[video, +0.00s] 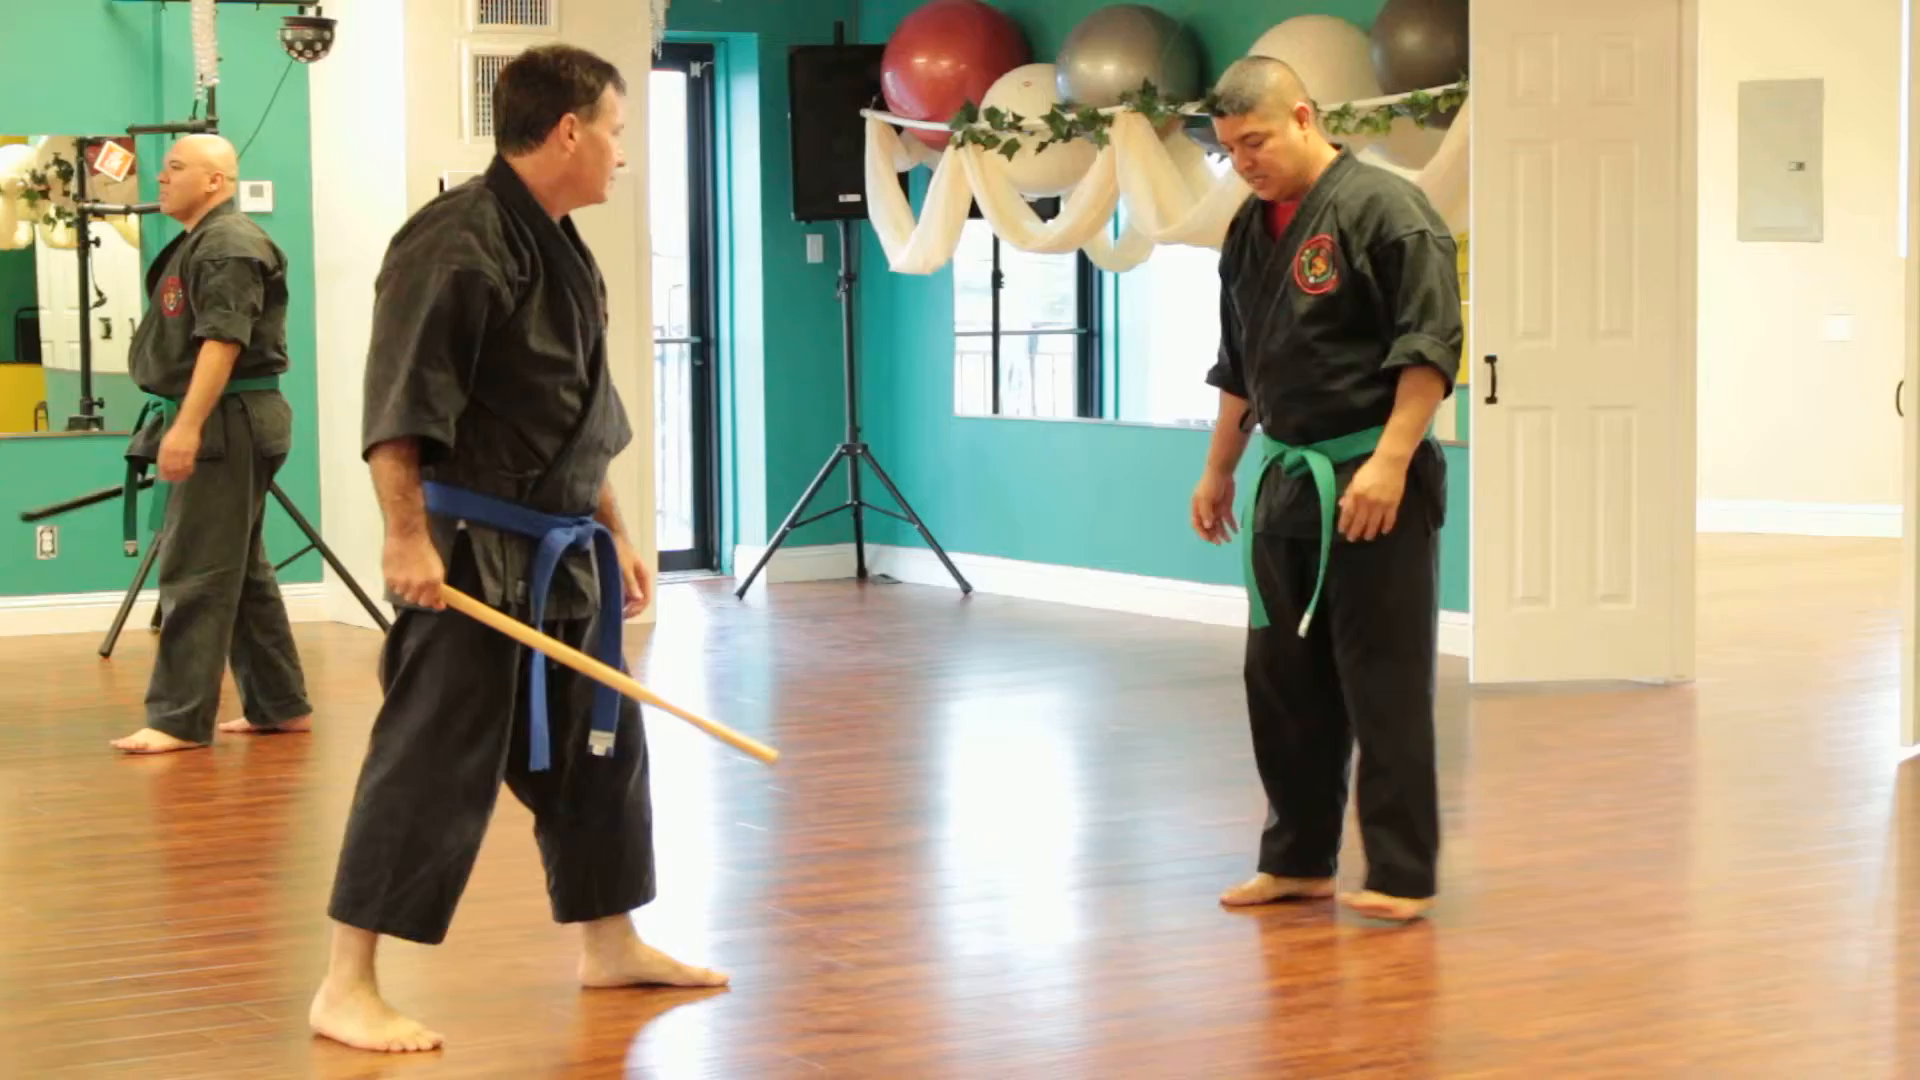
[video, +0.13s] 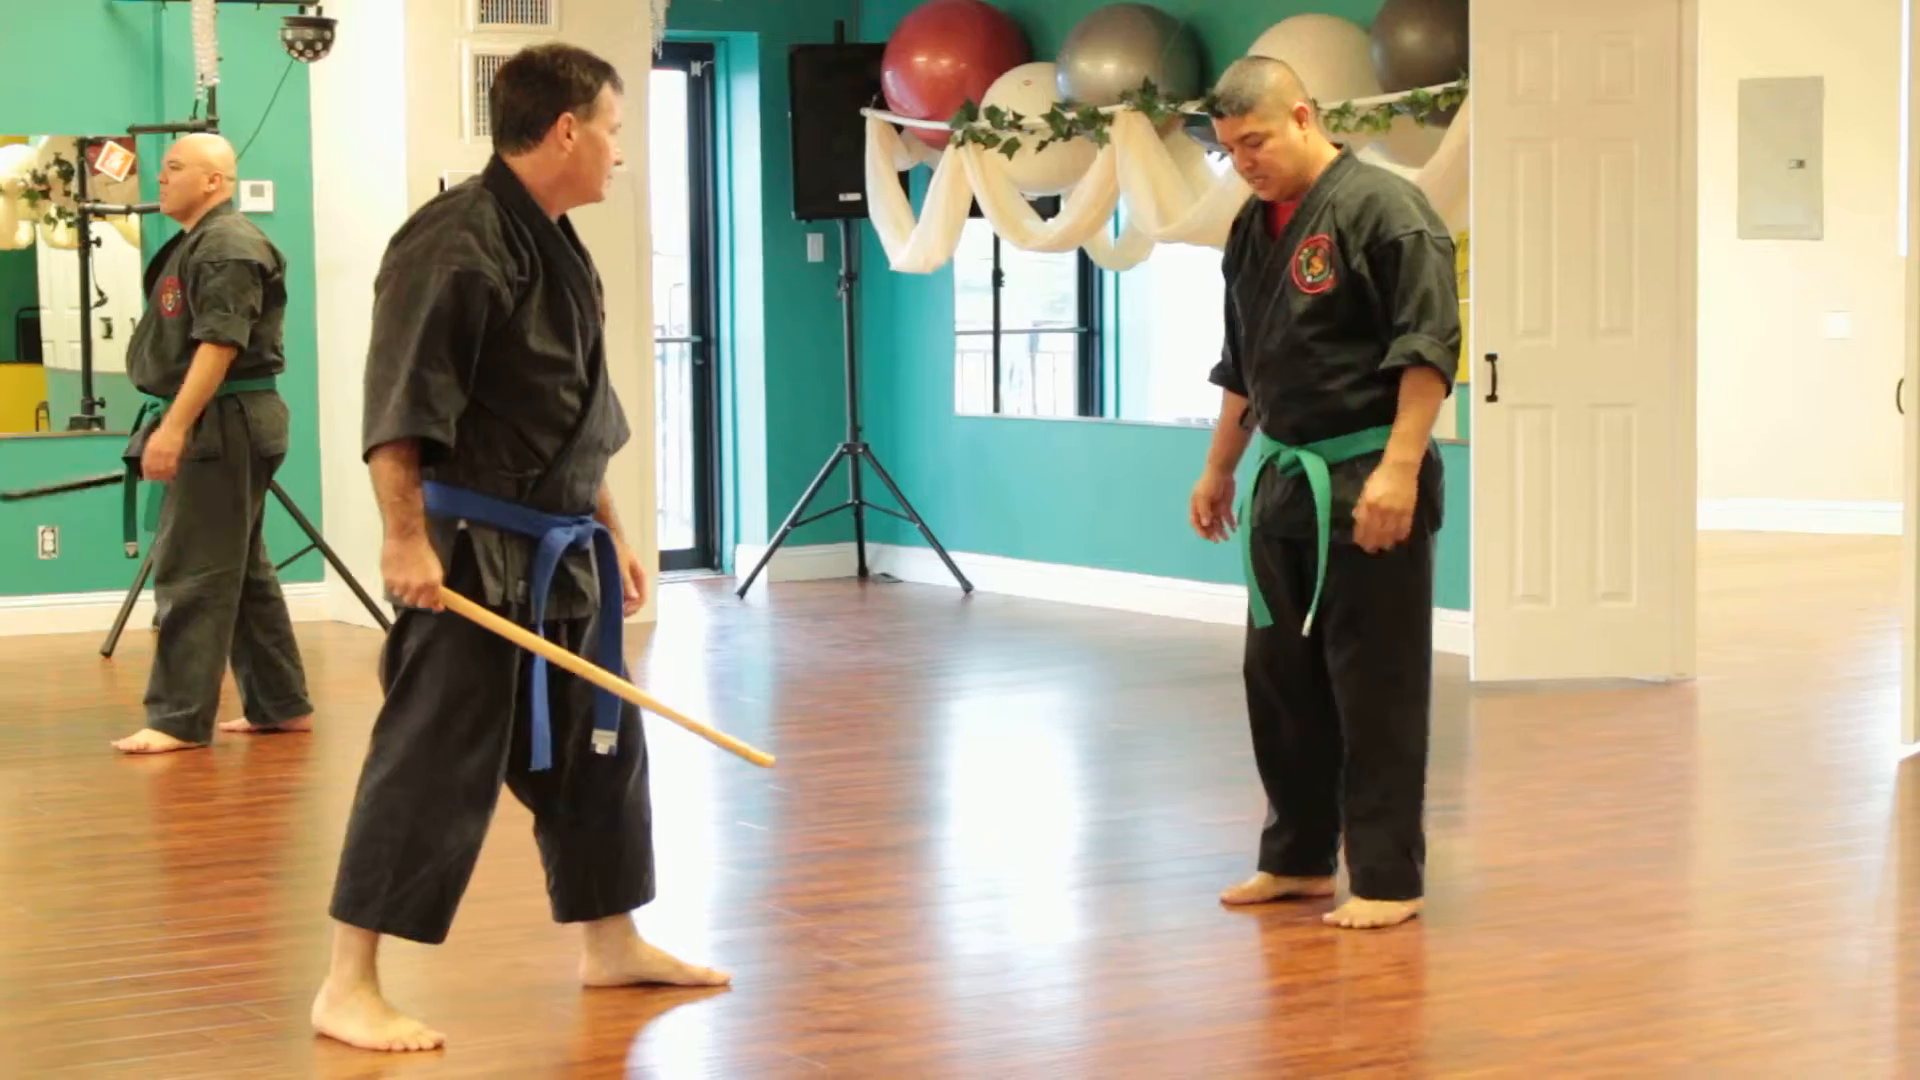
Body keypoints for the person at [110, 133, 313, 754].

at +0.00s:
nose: (162, 179)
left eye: (174, 169)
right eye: (164, 169)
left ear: (215, 181)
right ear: (208, 183)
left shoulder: (228, 245)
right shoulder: (206, 242)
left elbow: (222, 343)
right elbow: (205, 342)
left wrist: (186, 426)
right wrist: (179, 419)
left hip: (230, 418)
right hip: (221, 416)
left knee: (198, 570)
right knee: (237, 566)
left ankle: (181, 720)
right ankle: (279, 703)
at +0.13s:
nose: (162, 179)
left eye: (174, 168)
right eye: (163, 169)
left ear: (213, 181)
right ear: (206, 183)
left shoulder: (228, 246)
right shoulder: (201, 243)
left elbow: (218, 346)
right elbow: (202, 343)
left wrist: (174, 426)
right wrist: (172, 417)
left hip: (228, 420)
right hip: (217, 416)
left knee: (195, 569)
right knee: (238, 565)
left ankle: (180, 721)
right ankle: (280, 702)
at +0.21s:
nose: (158, 179)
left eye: (170, 169)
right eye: (160, 169)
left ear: (210, 181)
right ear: (202, 183)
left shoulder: (224, 247)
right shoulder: (196, 244)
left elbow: (217, 350)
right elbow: (200, 346)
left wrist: (165, 429)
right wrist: (167, 420)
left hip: (220, 422)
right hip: (212, 417)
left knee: (187, 571)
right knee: (238, 568)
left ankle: (179, 722)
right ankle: (280, 703)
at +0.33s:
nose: (146, 184)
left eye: (158, 174)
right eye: (148, 174)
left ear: (196, 185)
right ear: (184, 186)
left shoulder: (214, 253)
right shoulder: (183, 247)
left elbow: (209, 358)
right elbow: (184, 352)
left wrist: (161, 438)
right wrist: (153, 425)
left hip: (206, 428)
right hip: (195, 424)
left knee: (170, 573)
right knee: (228, 570)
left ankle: (174, 724)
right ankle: (277, 704)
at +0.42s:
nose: (138, 184)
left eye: (151, 176)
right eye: (141, 174)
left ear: (189, 187)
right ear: (179, 188)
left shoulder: (209, 255)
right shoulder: (175, 249)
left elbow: (203, 364)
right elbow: (165, 356)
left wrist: (168, 450)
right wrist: (138, 431)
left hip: (197, 429)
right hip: (179, 424)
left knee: (163, 576)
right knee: (217, 569)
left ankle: (174, 724)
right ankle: (275, 700)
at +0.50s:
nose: (134, 181)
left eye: (147, 172)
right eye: (137, 171)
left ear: (184, 185)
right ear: (173, 185)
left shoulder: (203, 254)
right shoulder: (167, 247)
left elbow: (199, 362)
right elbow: (144, 342)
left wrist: (180, 452)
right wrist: (111, 408)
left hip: (190, 428)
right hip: (170, 423)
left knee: (164, 576)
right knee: (200, 570)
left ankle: (178, 725)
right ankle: (271, 690)